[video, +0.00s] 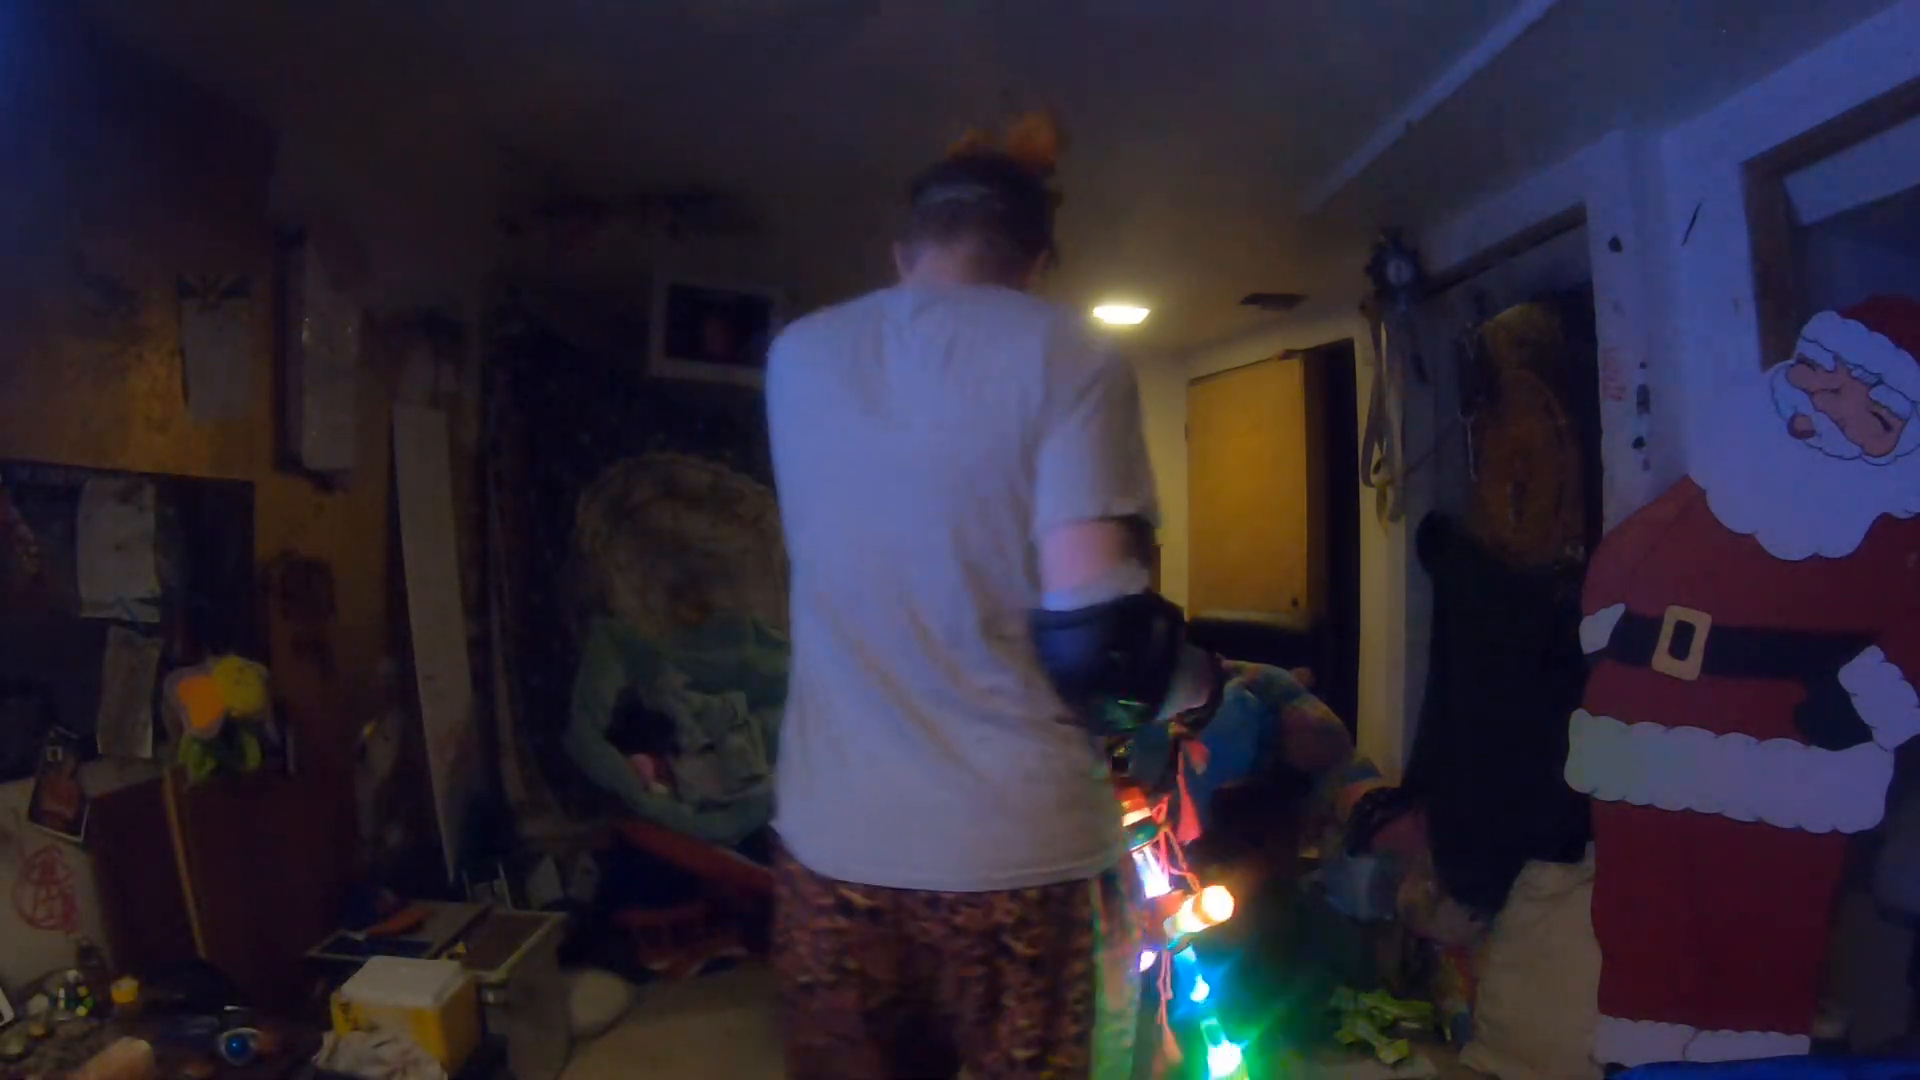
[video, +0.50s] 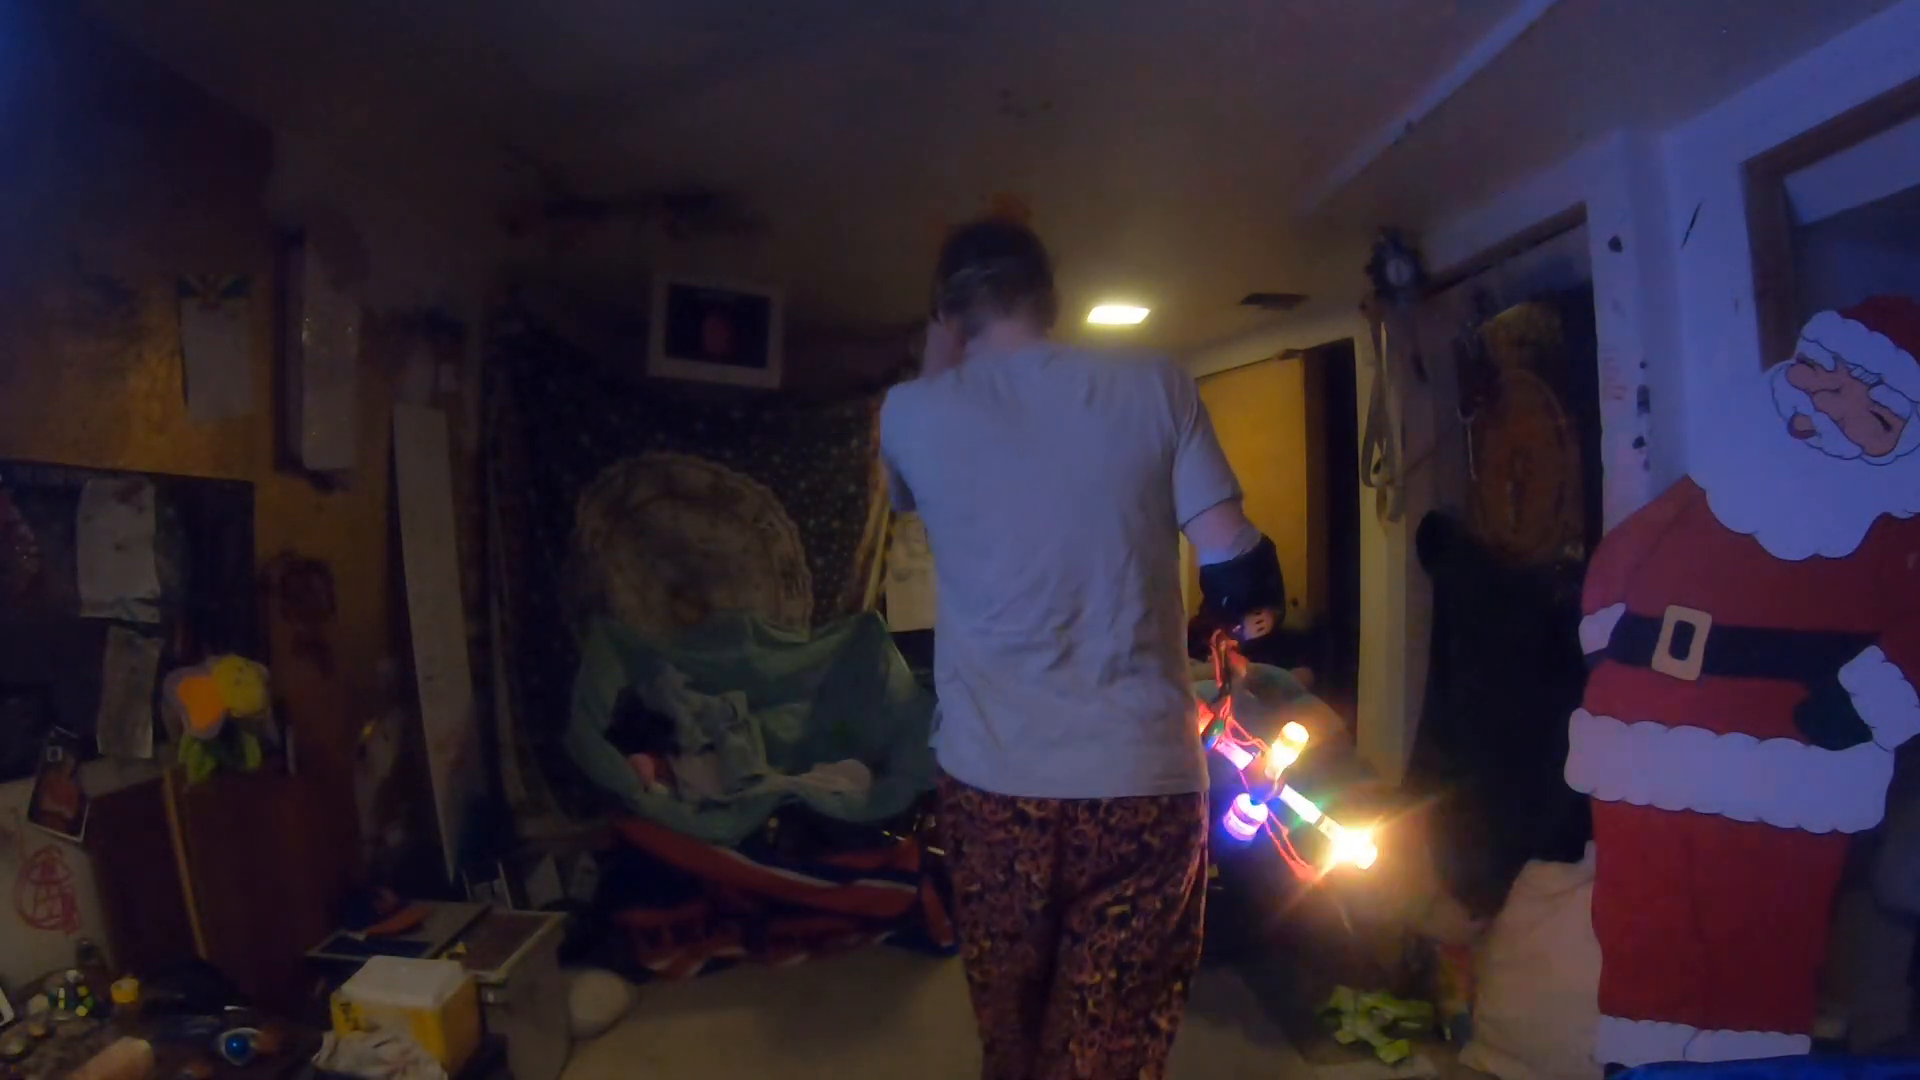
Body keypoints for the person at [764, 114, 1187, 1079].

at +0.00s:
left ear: (900, 252)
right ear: (1035, 264)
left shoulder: (795, 355)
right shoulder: (1061, 352)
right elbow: (1089, 638)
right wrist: (1179, 672)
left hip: (829, 856)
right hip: (1011, 867)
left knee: (843, 1067)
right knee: (1017, 1064)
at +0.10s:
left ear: (925, 279)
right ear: (1056, 279)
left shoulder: (833, 378)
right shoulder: (1115, 377)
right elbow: (1157, 647)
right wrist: (1212, 636)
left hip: (886, 864)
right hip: (1066, 873)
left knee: (911, 1069)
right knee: (1079, 1068)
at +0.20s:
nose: (938, 305)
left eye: (930, 292)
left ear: (937, 287)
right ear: (1065, 284)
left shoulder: (860, 378)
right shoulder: (1143, 372)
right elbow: (1194, 609)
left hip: (925, 832)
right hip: (1100, 842)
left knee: (950, 1060)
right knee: (1109, 1063)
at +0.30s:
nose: (935, 305)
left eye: (936, 288)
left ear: (946, 282)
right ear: (1063, 278)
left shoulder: (886, 372)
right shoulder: (1158, 364)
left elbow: (886, 475)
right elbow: (1222, 581)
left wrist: (938, 330)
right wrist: (1183, 637)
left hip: (950, 801)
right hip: (1120, 810)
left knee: (974, 1048)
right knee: (1114, 1052)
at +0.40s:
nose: (945, 312)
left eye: (948, 296)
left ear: (952, 294)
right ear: (1057, 283)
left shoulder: (905, 388)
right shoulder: (1159, 372)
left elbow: (888, 468)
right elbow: (1239, 573)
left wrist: (933, 349)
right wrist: (1224, 633)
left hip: (972, 791)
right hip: (1136, 794)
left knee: (985, 1050)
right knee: (1113, 1052)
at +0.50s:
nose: (943, 333)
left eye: (945, 318)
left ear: (951, 317)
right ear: (1052, 302)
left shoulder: (913, 414)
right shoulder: (1153, 386)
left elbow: (907, 491)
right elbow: (1239, 571)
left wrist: (936, 380)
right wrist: (1229, 623)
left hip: (989, 793)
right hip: (1143, 793)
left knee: (1009, 1039)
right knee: (1116, 1044)